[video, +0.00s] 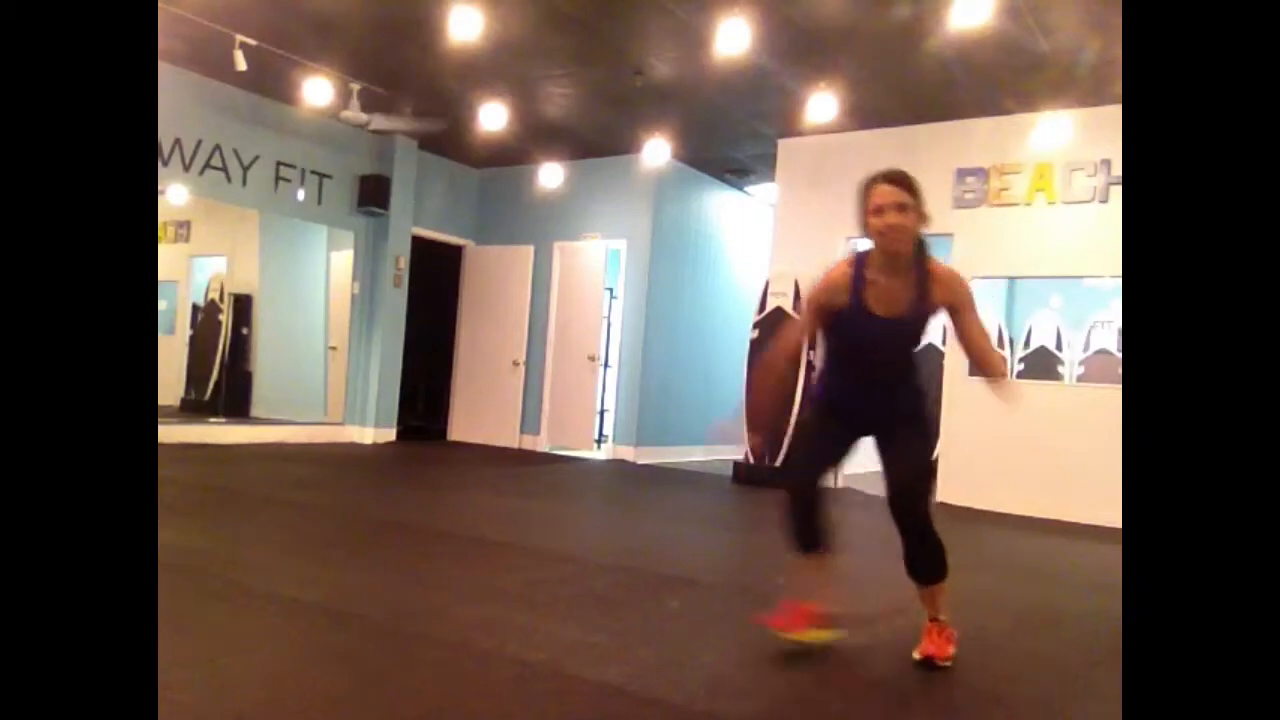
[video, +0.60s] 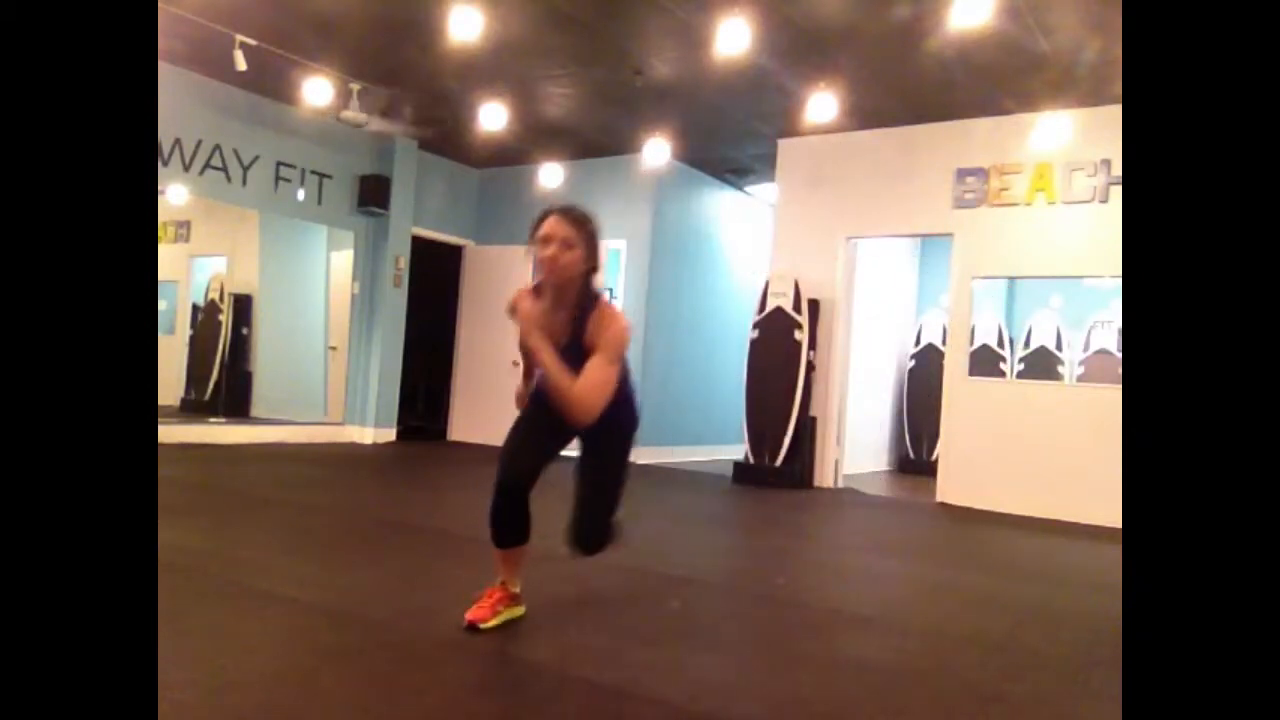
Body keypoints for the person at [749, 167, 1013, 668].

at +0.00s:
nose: (890, 219)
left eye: (901, 209)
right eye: (878, 211)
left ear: (920, 219)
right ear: (865, 223)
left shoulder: (943, 283)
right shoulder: (839, 280)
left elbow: (977, 347)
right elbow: (787, 349)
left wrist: (993, 366)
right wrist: (760, 418)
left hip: (899, 403)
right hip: (839, 400)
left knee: (910, 507)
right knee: (799, 477)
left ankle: (936, 623)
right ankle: (814, 601)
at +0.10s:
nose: (833, 189)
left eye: (845, 178)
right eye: (824, 179)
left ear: (867, 186)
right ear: (815, 190)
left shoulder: (888, 245)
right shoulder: (794, 249)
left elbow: (963, 280)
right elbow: (726, 297)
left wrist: (880, 243)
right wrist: (669, 341)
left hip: (855, 390)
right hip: (793, 386)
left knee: (892, 503)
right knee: (732, 450)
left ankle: (934, 621)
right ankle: (687, 560)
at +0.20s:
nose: (770, 150)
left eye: (782, 140)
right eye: (763, 141)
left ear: (807, 151)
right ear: (753, 153)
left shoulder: (831, 211)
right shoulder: (733, 211)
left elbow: (893, 235)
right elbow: (674, 256)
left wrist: (801, 214)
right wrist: (619, 299)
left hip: (798, 362)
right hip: (735, 355)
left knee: (860, 475)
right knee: (654, 433)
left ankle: (928, 597)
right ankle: (597, 532)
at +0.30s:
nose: (714, 148)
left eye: (726, 137)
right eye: (704, 139)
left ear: (748, 150)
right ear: (691, 152)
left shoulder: (769, 213)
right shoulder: (672, 208)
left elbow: (812, 249)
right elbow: (622, 250)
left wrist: (739, 224)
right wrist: (583, 288)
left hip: (738, 354)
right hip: (675, 350)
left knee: (801, 452)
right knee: (605, 440)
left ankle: (875, 548)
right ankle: (537, 543)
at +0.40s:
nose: (648, 182)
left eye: (659, 172)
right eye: (641, 173)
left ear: (682, 181)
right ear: (633, 183)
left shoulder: (699, 248)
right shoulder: (617, 235)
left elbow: (716, 293)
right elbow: (576, 280)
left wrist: (661, 261)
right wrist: (544, 320)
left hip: (675, 379)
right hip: (616, 374)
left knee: (730, 474)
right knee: (558, 466)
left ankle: (785, 499)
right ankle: (513, 581)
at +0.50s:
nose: (590, 223)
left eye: (602, 215)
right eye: (583, 214)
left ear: (626, 225)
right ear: (575, 222)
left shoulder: (647, 293)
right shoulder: (564, 277)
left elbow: (634, 364)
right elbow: (547, 318)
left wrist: (581, 299)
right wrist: (528, 356)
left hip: (632, 399)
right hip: (575, 390)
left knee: (650, 518)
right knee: (521, 478)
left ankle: (689, 500)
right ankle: (510, 590)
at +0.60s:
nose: (550, 253)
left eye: (565, 245)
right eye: (543, 243)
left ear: (589, 259)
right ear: (533, 252)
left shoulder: (610, 324)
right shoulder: (526, 303)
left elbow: (583, 408)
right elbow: (529, 343)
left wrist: (536, 338)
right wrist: (525, 384)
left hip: (608, 413)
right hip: (553, 401)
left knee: (585, 539)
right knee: (510, 483)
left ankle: (608, 523)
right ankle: (508, 590)